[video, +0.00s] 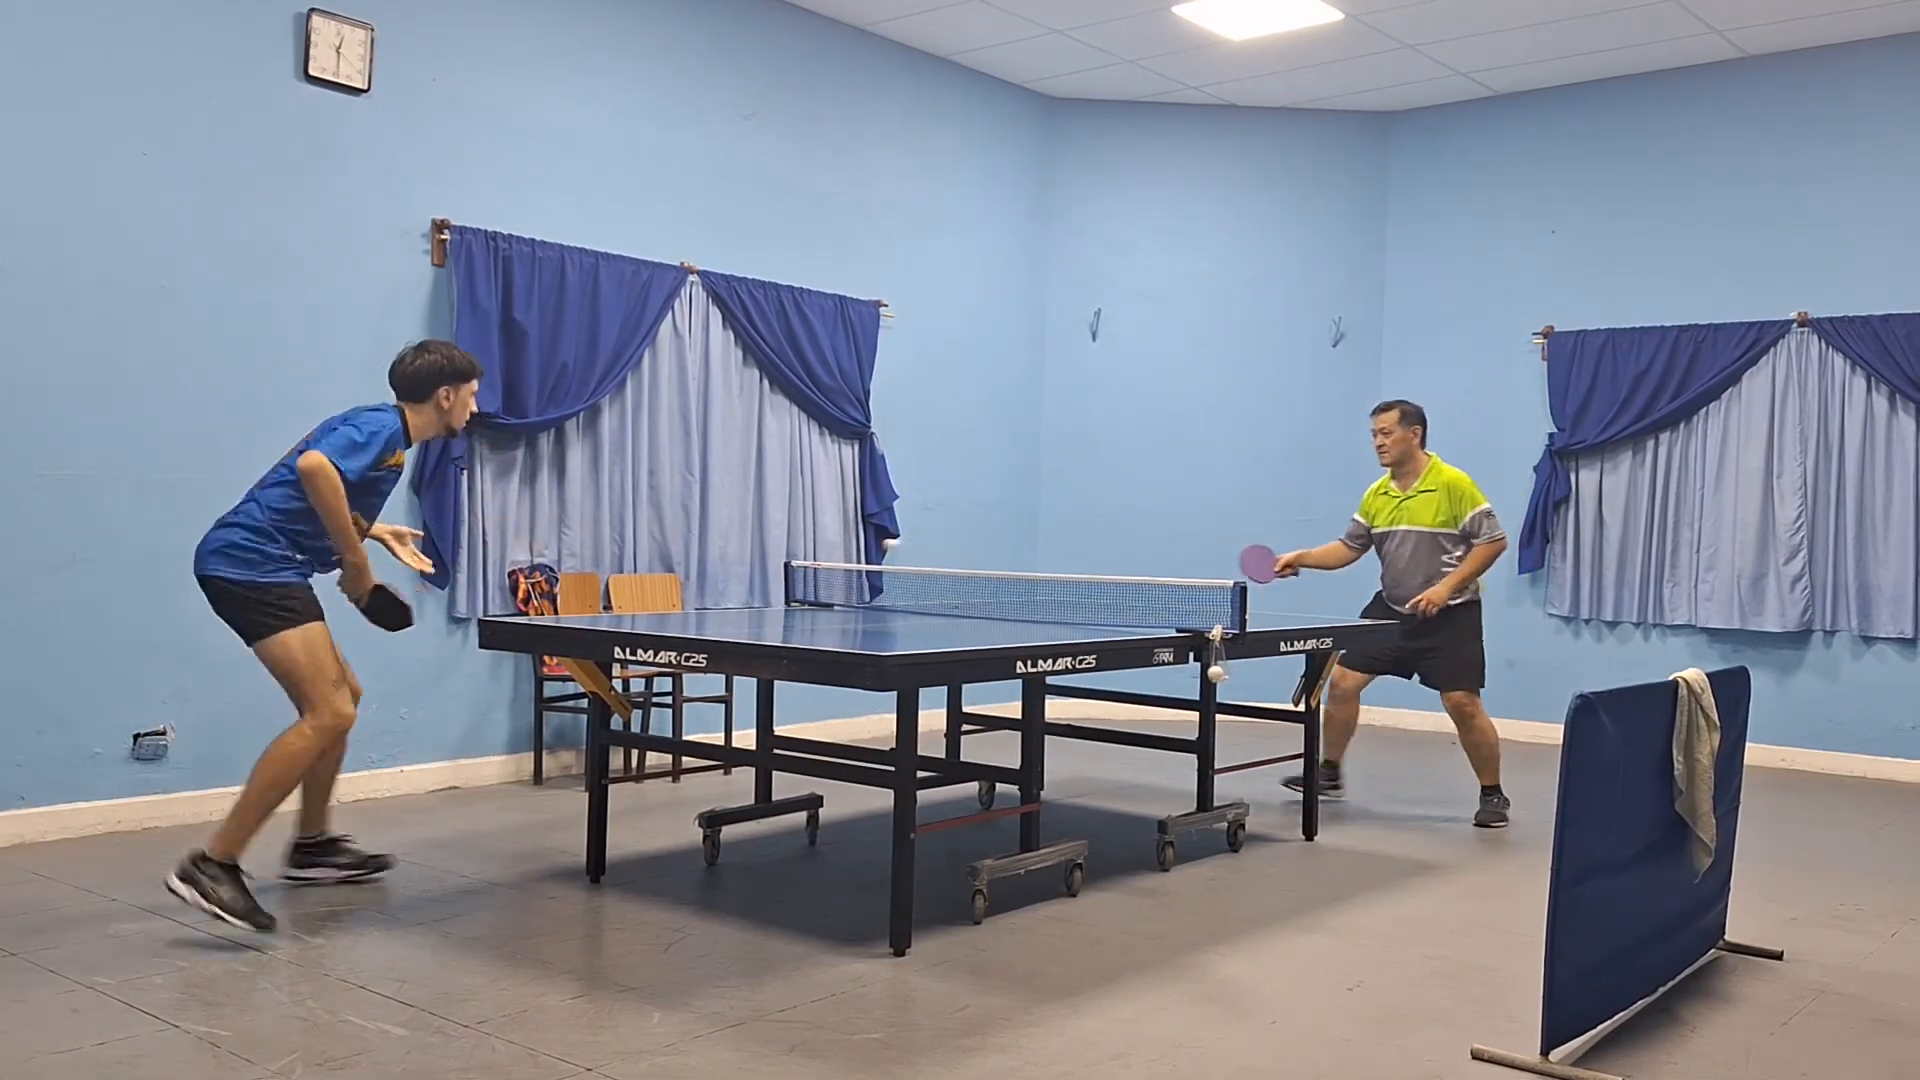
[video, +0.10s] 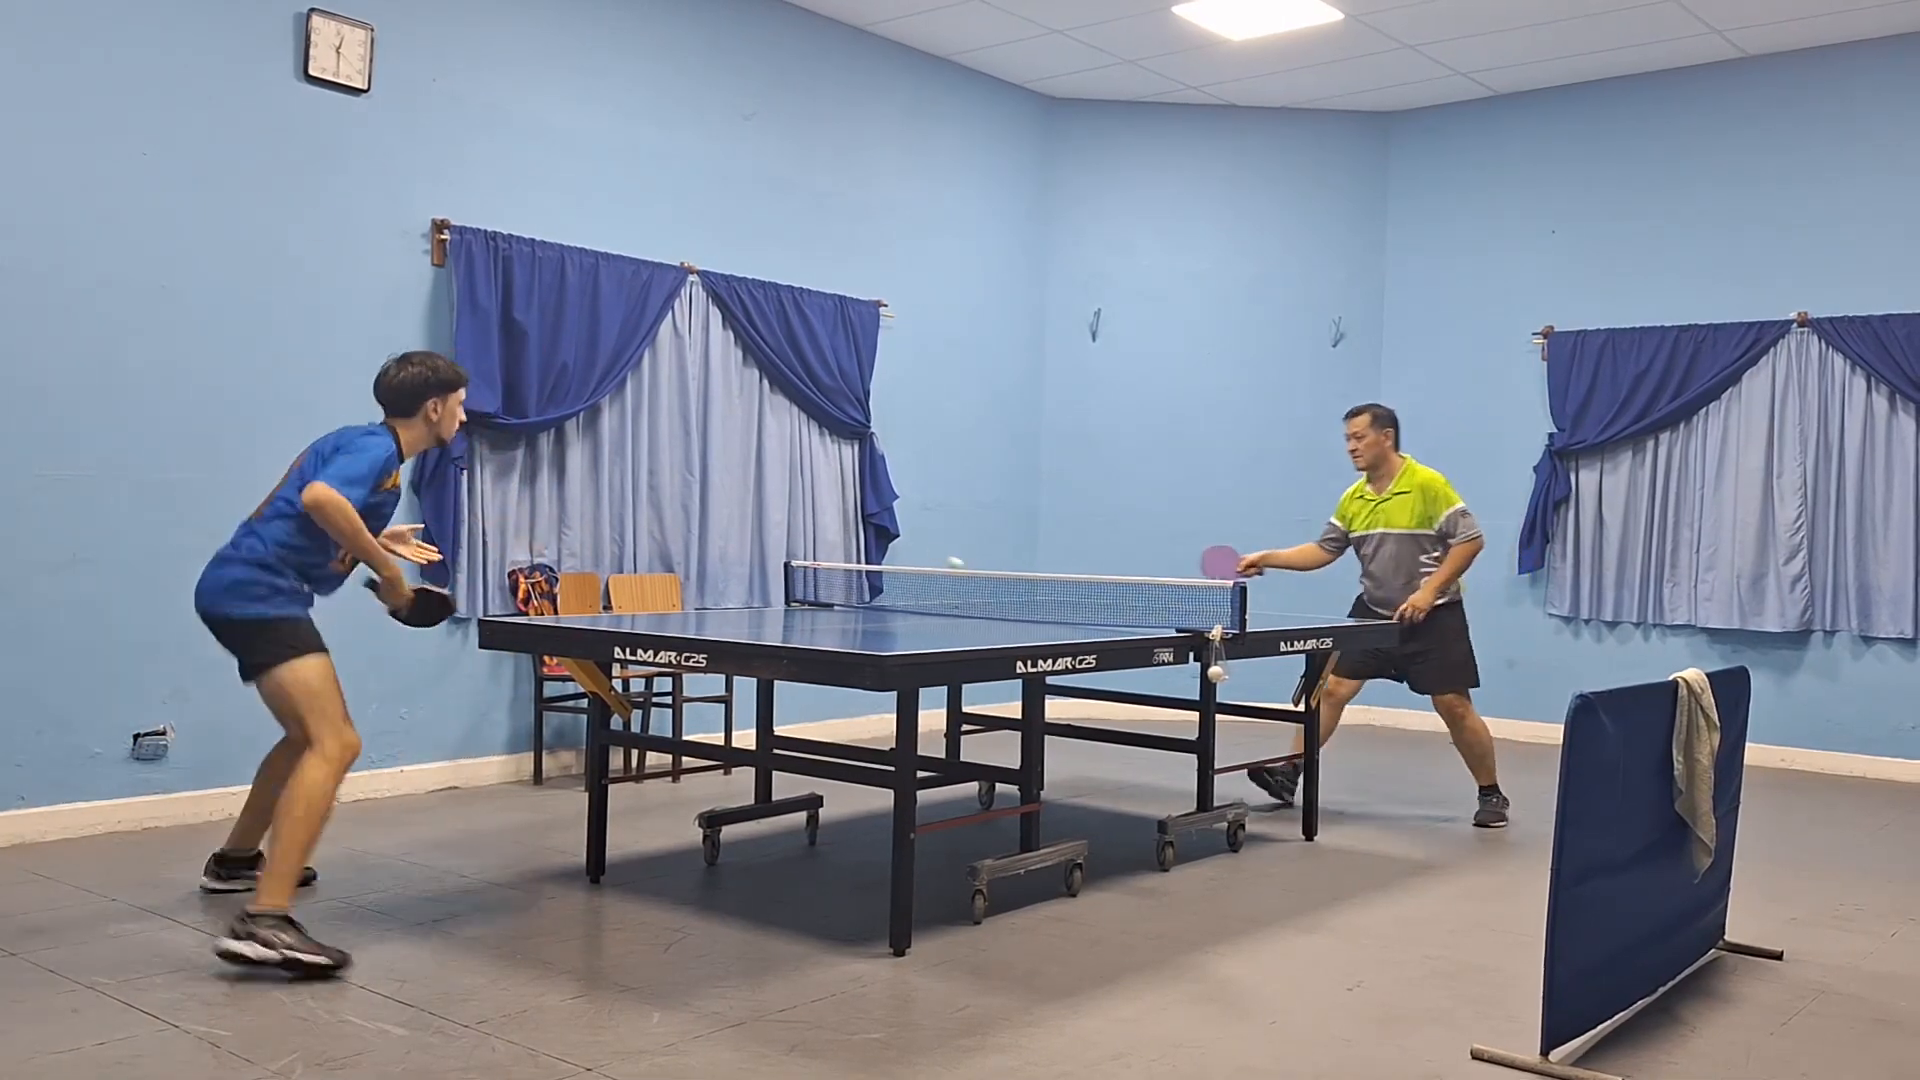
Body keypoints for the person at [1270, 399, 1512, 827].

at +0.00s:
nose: (1377, 442)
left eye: (1385, 433)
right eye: (1375, 435)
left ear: (1415, 434)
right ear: (1375, 440)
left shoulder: (1453, 484)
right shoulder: (1377, 493)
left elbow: (1493, 541)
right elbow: (1348, 548)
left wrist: (1446, 587)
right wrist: (1300, 558)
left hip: (1451, 613)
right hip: (1390, 611)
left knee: (1461, 703)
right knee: (1342, 685)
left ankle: (1491, 793)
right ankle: (1329, 772)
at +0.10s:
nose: (1351, 446)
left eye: (1358, 437)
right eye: (1348, 440)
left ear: (1386, 437)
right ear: (1353, 444)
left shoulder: (1428, 484)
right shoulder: (1354, 498)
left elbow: (1470, 539)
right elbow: (1324, 550)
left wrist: (1429, 590)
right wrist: (1267, 558)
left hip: (1433, 616)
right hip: (1373, 618)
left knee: (1453, 706)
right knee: (1331, 690)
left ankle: (1490, 794)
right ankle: (1289, 772)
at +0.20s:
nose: (1317, 455)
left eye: (1324, 446)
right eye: (1314, 448)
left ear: (1353, 444)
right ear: (1319, 452)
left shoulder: (1397, 488)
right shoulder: (1322, 506)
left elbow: (1441, 542)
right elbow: (1290, 557)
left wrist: (1410, 593)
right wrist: (1226, 561)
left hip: (1410, 621)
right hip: (1350, 626)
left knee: (1441, 706)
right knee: (1306, 696)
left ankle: (1488, 793)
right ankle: (1280, 782)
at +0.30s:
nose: (1282, 463)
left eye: (1288, 453)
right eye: (1280, 455)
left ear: (1317, 451)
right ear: (1298, 456)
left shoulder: (1367, 489)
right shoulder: (1292, 514)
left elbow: (1416, 540)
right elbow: (1256, 562)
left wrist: (1398, 595)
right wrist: (1195, 562)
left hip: (1389, 615)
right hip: (1328, 621)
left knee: (1430, 703)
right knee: (1288, 686)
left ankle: (1481, 791)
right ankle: (1276, 784)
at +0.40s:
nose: (1255, 468)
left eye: (1261, 459)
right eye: (1253, 461)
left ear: (1290, 456)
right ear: (1275, 462)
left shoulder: (1344, 491)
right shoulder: (1267, 520)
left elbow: (1401, 532)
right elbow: (1229, 565)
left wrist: (1392, 592)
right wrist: (1169, 568)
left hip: (1374, 616)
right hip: (1314, 623)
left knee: (1422, 701)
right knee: (1277, 689)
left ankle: (1470, 787)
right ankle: (1276, 783)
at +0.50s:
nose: (1240, 472)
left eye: (1247, 463)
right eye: (1237, 465)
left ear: (1276, 460)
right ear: (1255, 469)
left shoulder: (1331, 492)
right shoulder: (1250, 525)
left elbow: (1391, 528)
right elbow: (1211, 566)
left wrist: (1388, 588)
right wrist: (1147, 572)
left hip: (1368, 614)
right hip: (1308, 624)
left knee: (1415, 697)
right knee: (1272, 688)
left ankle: (1466, 787)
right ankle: (1274, 785)